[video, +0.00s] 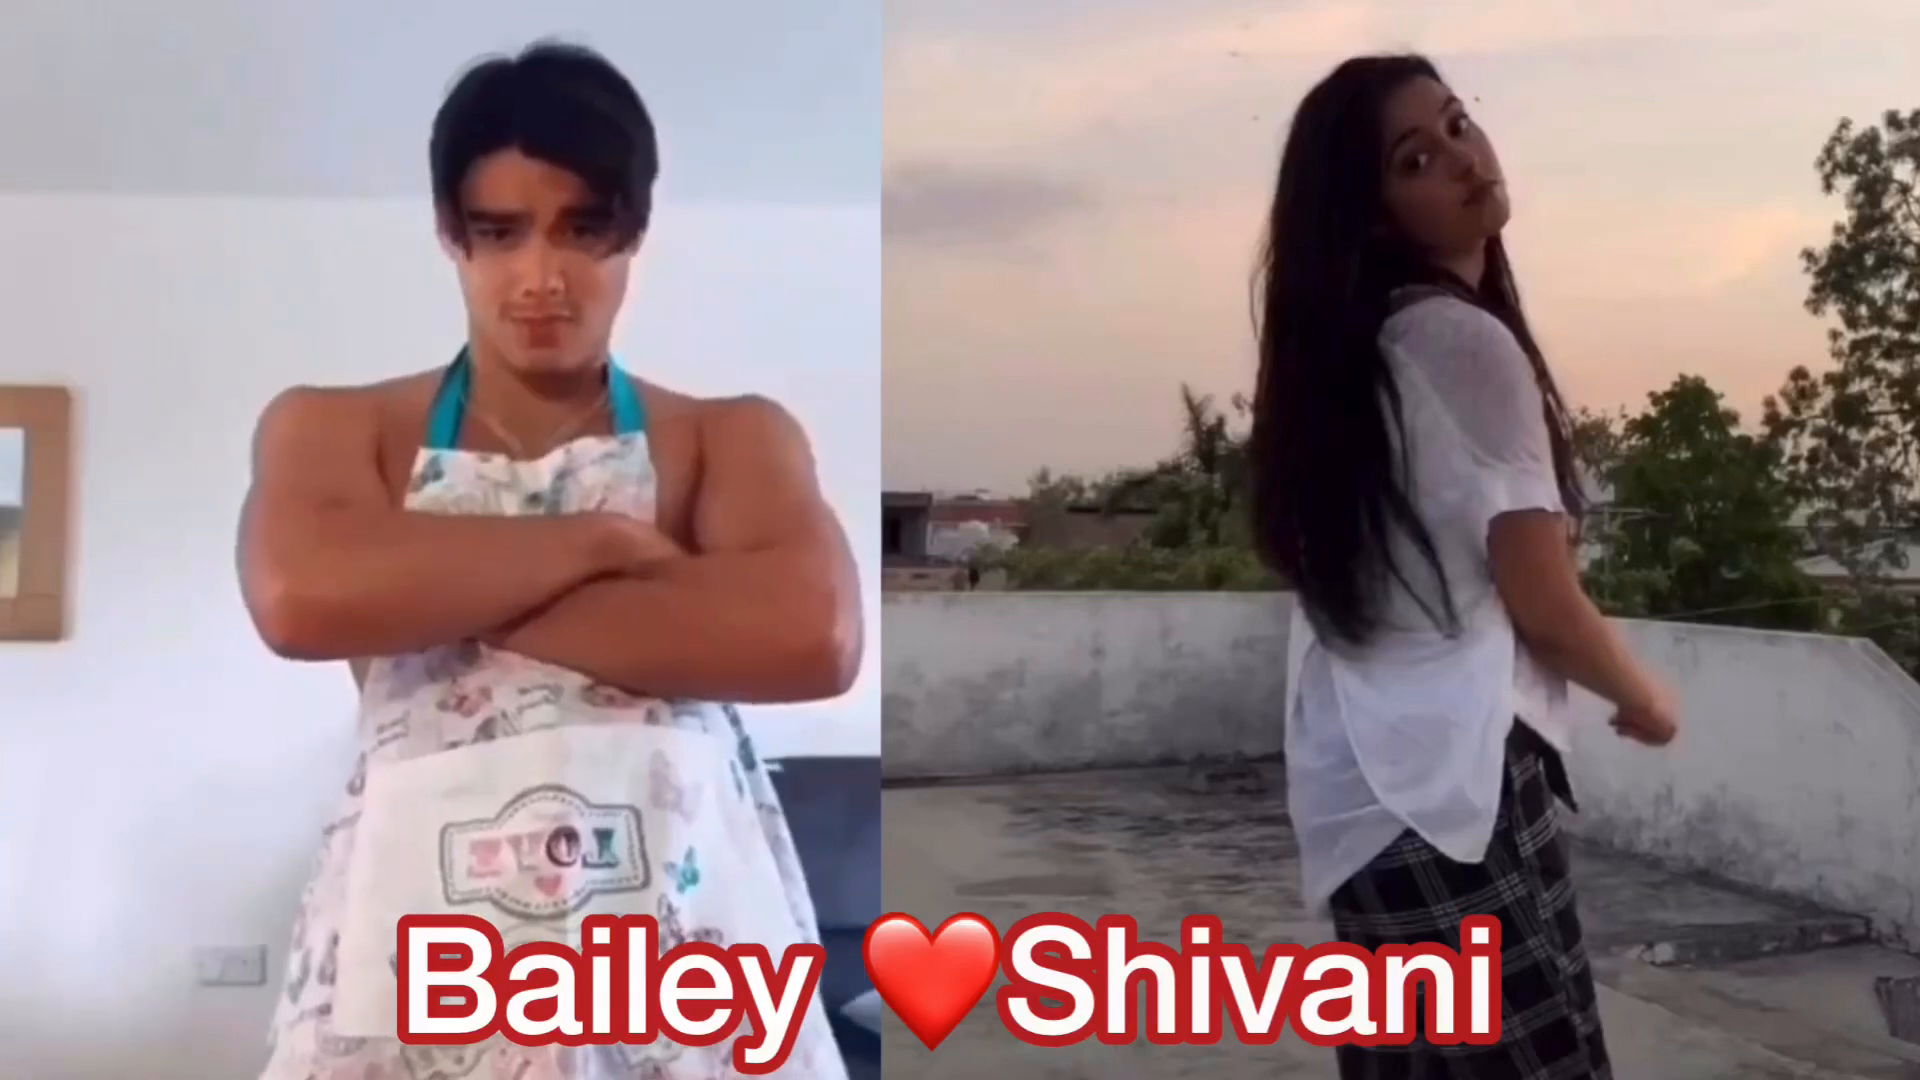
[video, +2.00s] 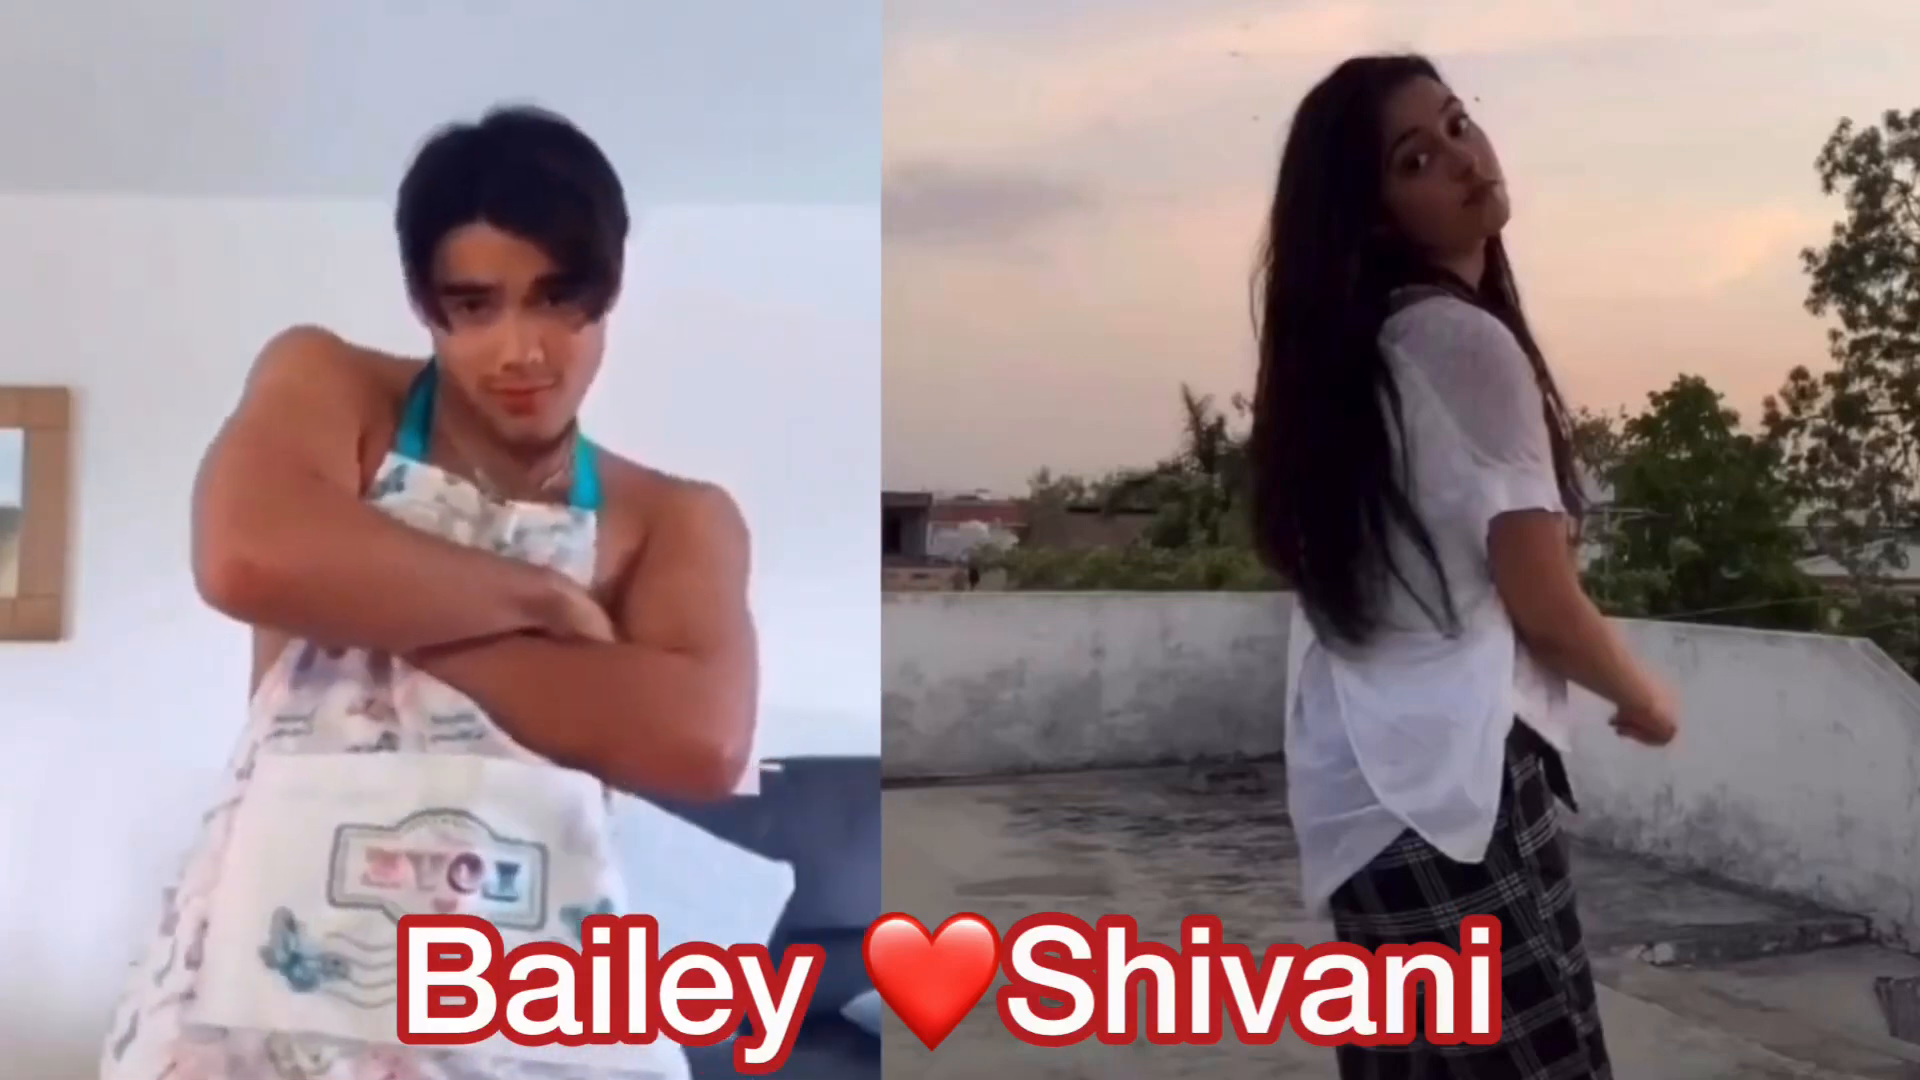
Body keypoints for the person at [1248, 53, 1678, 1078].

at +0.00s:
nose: (1467, 158)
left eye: (1460, 125)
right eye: (1418, 158)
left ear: (1480, 128)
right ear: (1370, 210)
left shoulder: (1352, 333)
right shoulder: (1464, 339)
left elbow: (1393, 566)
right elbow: (1544, 602)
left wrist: (1548, 667)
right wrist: (1643, 697)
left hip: (1361, 784)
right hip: (1450, 790)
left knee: (1396, 1056)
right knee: (1544, 1056)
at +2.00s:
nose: (1467, 158)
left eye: (1459, 125)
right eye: (1418, 158)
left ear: (1480, 128)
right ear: (1370, 210)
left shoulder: (1352, 333)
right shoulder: (1464, 339)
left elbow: (1393, 566)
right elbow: (1545, 603)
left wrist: (1546, 665)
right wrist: (1642, 697)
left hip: (1362, 783)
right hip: (1451, 789)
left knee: (1397, 1056)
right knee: (1544, 1055)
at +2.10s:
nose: (1467, 158)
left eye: (1460, 125)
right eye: (1418, 158)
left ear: (1479, 128)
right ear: (1371, 210)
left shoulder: (1354, 332)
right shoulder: (1464, 339)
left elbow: (1395, 566)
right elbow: (1545, 603)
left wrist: (1547, 666)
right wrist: (1643, 697)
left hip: (1363, 784)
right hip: (1451, 790)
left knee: (1397, 1056)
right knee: (1544, 1055)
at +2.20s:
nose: (1467, 158)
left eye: (1459, 125)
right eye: (1418, 158)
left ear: (1480, 128)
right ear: (1370, 210)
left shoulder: (1352, 333)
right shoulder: (1464, 339)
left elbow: (1393, 566)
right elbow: (1545, 603)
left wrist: (1546, 665)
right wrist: (1642, 697)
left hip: (1362, 783)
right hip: (1451, 789)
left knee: (1397, 1056)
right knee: (1544, 1055)